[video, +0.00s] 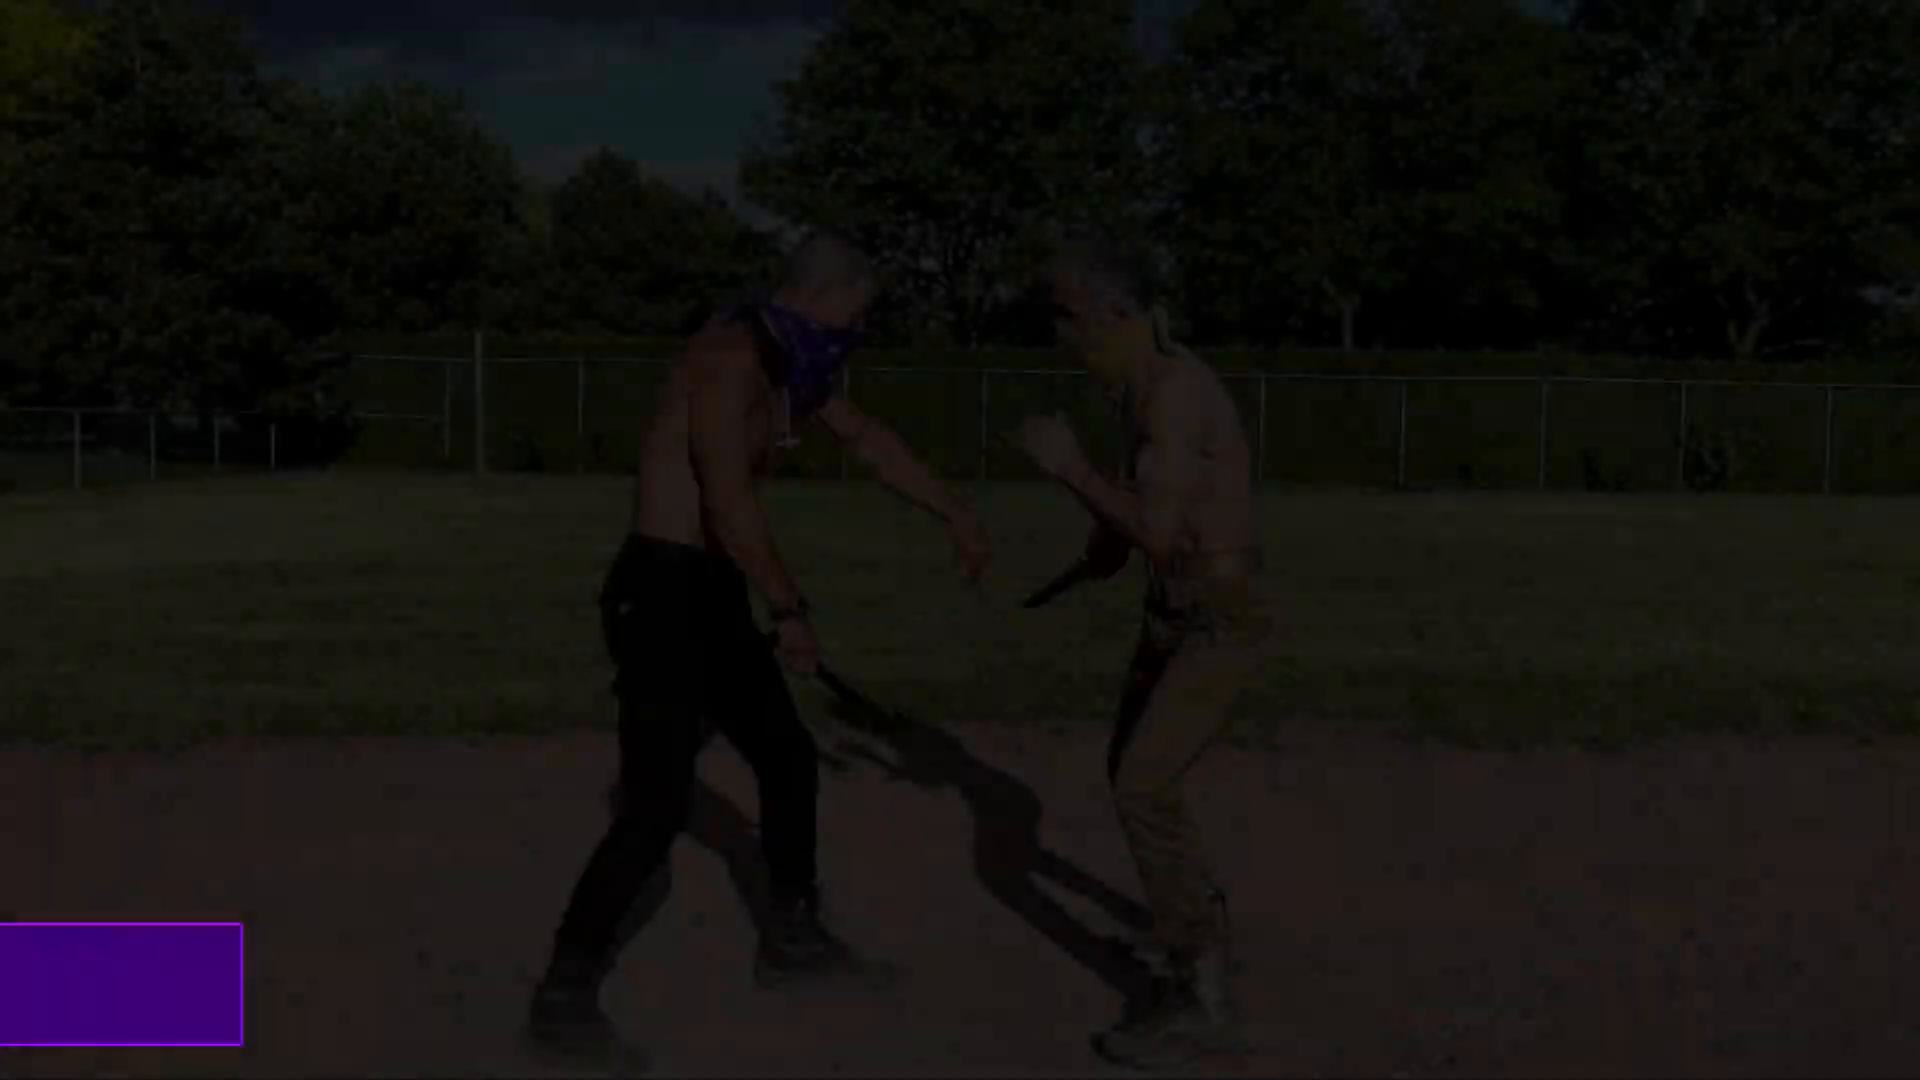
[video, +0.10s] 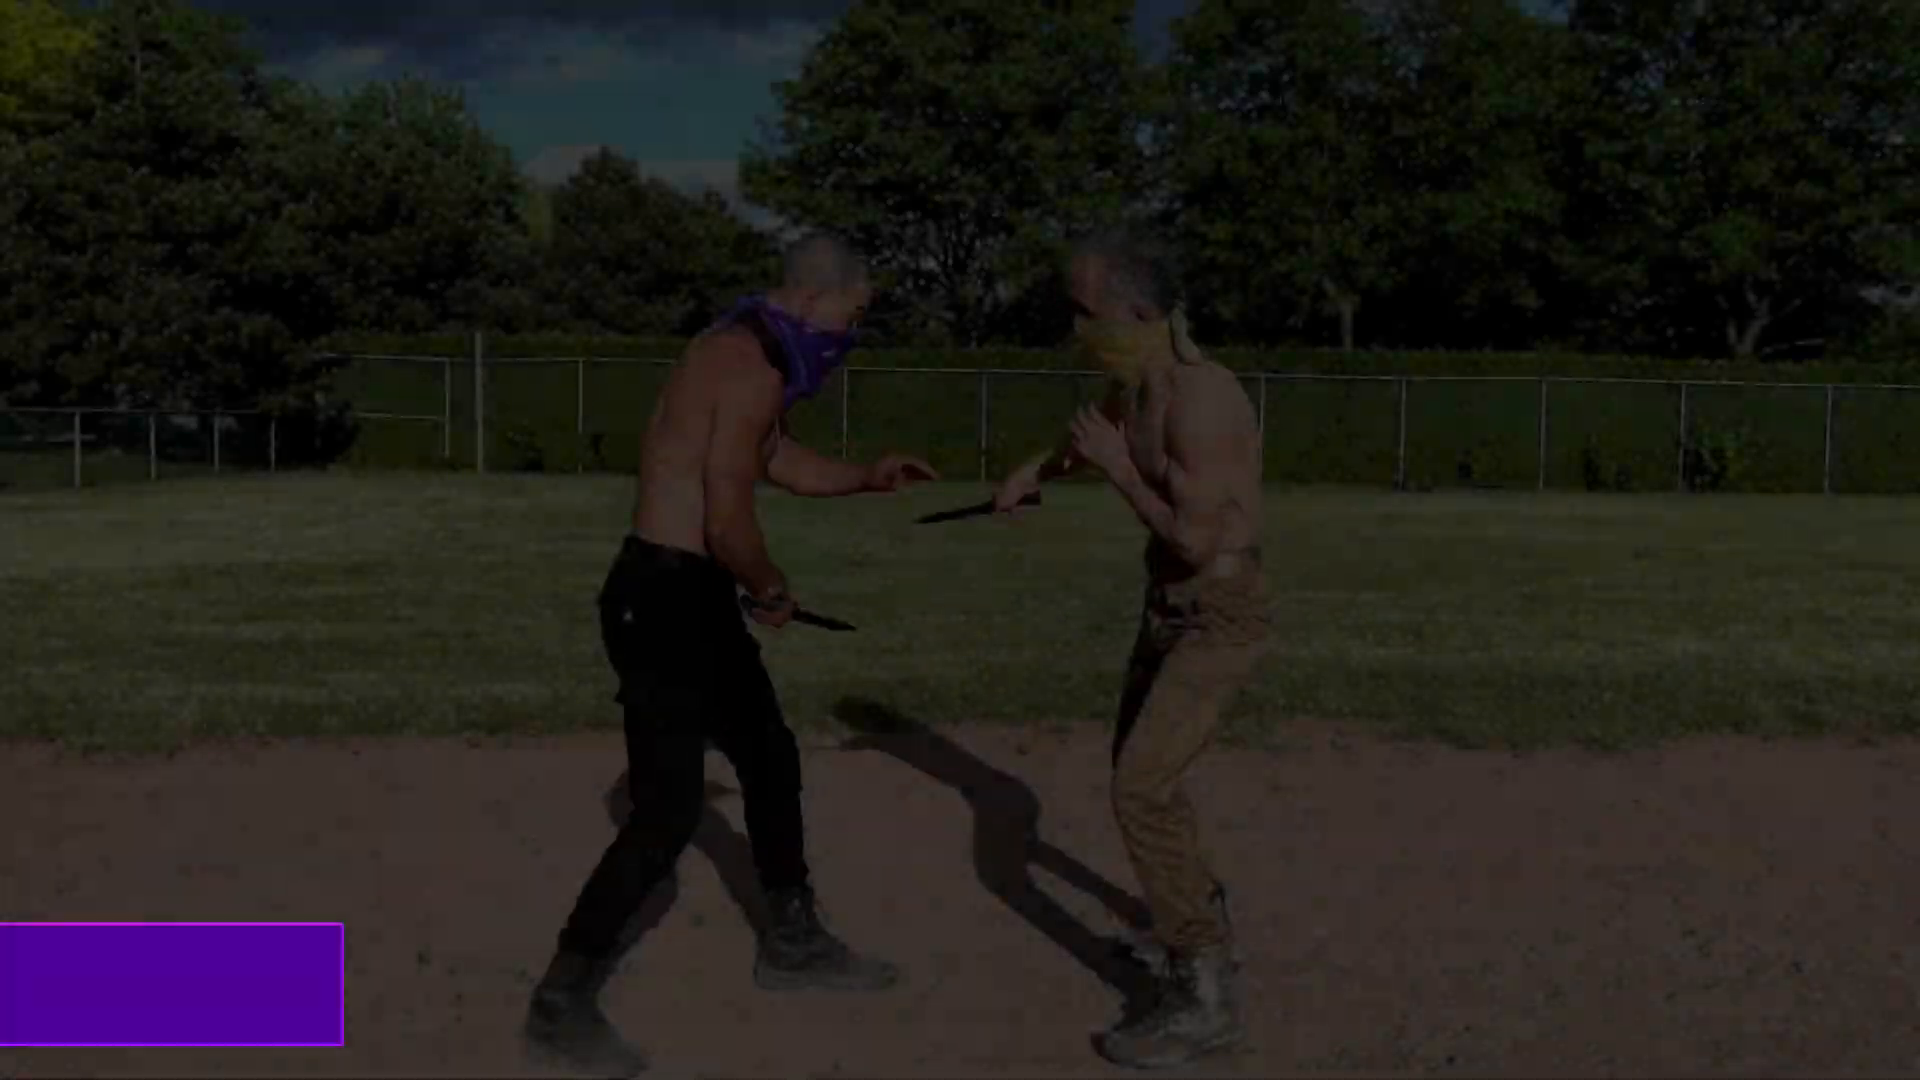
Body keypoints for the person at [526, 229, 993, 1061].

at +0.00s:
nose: (845, 343)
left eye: (852, 328)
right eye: (843, 325)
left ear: (807, 305)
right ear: (811, 309)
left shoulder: (780, 368)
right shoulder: (729, 363)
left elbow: (867, 441)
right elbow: (729, 503)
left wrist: (954, 511)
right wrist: (786, 608)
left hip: (712, 592)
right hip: (661, 595)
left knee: (789, 761)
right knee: (655, 805)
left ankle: (793, 936)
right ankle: (566, 995)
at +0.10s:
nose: (848, 336)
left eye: (856, 321)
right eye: (847, 318)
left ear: (801, 296)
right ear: (809, 301)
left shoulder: (738, 353)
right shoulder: (748, 368)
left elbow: (777, 460)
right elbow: (726, 518)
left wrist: (866, 477)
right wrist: (768, 588)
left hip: (695, 590)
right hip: (664, 596)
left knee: (771, 761)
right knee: (668, 807)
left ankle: (793, 939)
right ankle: (562, 1000)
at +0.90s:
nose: (763, 320)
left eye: (767, 304)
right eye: (755, 301)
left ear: (717, 295)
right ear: (705, 293)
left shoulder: (706, 364)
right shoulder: (612, 367)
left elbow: (725, 429)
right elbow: (525, 498)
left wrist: (802, 428)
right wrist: (602, 598)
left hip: (672, 600)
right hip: (590, 605)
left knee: (750, 753)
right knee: (581, 813)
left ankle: (753, 929)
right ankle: (496, 1000)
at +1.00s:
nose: (761, 326)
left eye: (767, 311)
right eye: (753, 308)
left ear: (722, 302)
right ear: (700, 299)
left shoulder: (719, 363)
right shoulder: (606, 367)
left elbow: (795, 417)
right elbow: (513, 483)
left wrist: (887, 455)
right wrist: (582, 592)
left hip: (662, 598)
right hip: (580, 598)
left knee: (733, 757)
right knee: (573, 814)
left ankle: (742, 933)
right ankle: (497, 1002)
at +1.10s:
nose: (772, 334)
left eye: (778, 319)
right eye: (765, 316)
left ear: (734, 309)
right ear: (714, 304)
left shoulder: (714, 374)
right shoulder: (623, 367)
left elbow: (722, 463)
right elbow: (526, 477)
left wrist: (795, 459)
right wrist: (598, 582)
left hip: (665, 600)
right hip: (589, 598)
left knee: (740, 759)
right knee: (583, 812)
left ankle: (742, 935)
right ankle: (495, 1003)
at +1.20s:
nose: (779, 333)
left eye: (785, 318)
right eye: (776, 314)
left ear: (729, 299)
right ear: (732, 302)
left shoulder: (689, 366)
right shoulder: (661, 366)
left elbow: (690, 473)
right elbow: (612, 506)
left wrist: (752, 435)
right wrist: (706, 582)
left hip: (657, 603)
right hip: (604, 605)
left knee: (737, 757)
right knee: (608, 818)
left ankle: (741, 935)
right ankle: (499, 1003)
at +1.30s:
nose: (775, 329)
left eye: (780, 314)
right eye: (771, 311)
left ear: (713, 294)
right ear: (725, 298)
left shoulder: (651, 345)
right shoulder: (678, 366)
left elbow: (666, 461)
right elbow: (790, 487)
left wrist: (740, 410)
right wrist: (900, 541)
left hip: (656, 605)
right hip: (591, 608)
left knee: (734, 756)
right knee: (589, 810)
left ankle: (742, 934)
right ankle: (496, 999)